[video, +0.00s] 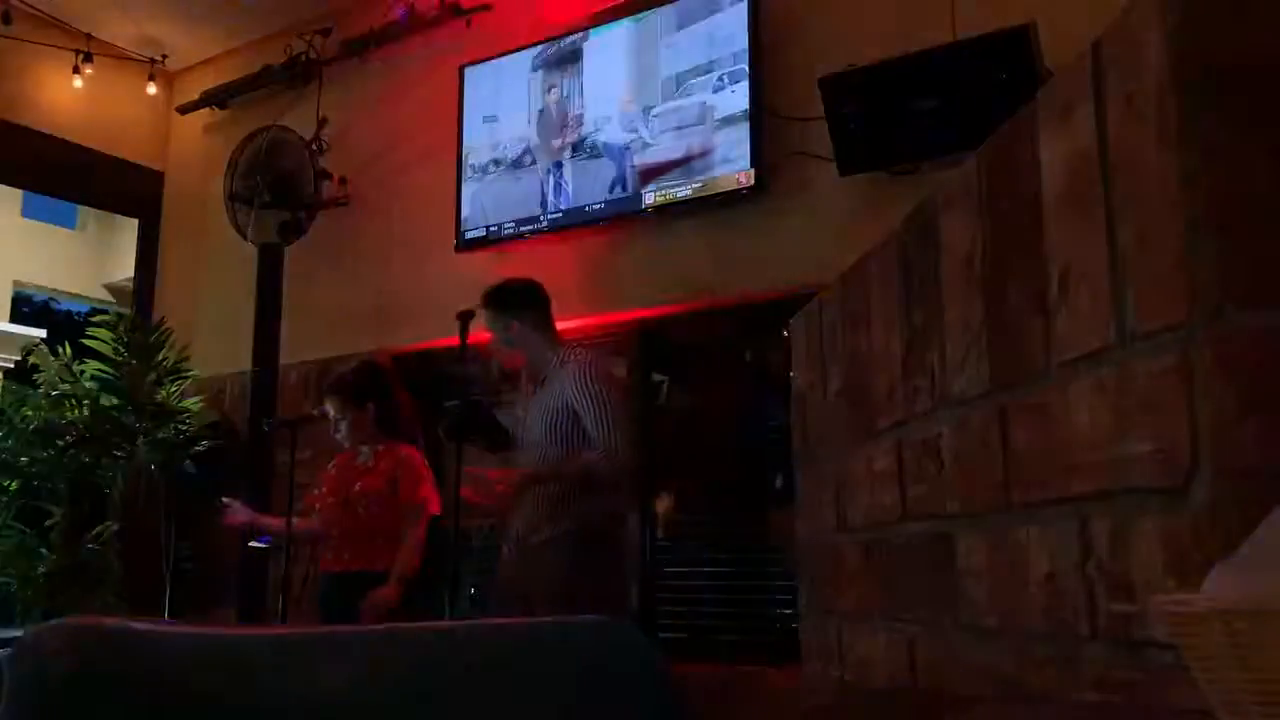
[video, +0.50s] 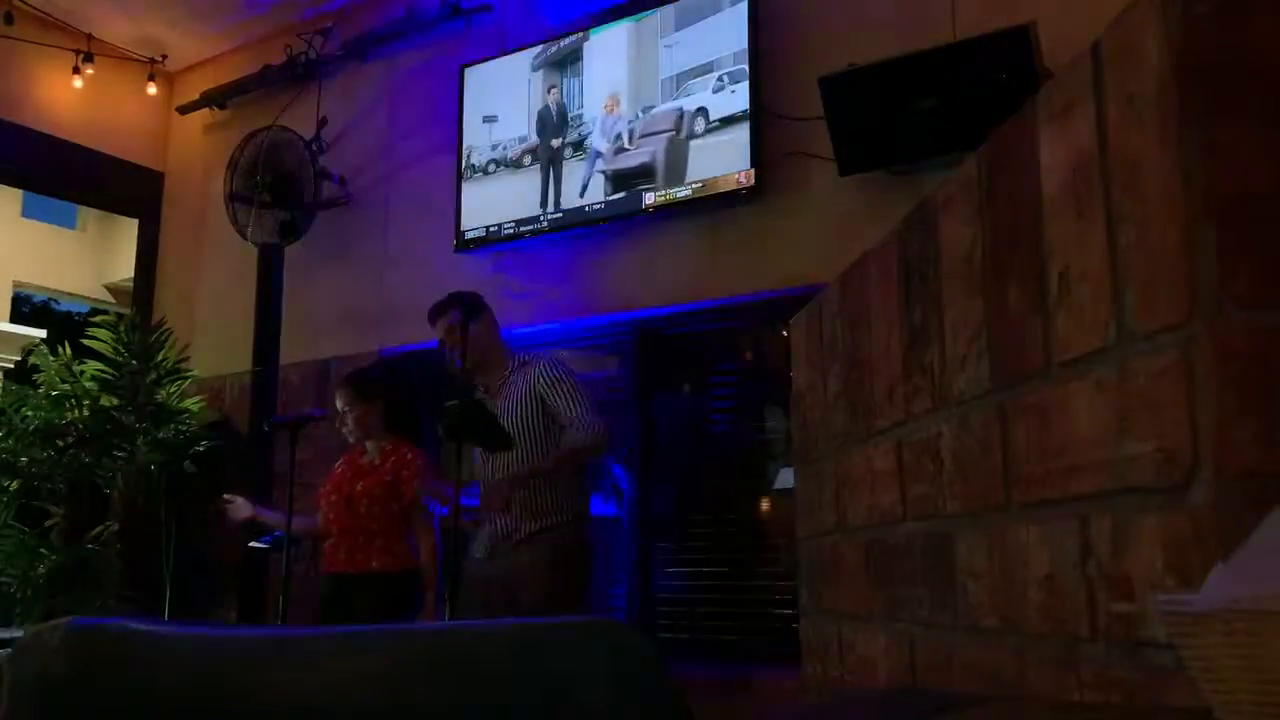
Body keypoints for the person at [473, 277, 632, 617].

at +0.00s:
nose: (494, 343)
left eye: (494, 331)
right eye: (492, 332)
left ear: (515, 328)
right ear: (518, 327)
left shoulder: (580, 371)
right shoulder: (533, 379)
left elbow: (614, 456)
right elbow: (536, 454)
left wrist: (532, 476)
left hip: (578, 541)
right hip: (538, 541)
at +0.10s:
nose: (485, 350)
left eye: (485, 338)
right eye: (481, 339)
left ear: (504, 329)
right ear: (506, 329)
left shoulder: (568, 372)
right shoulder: (532, 382)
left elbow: (594, 458)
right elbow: (536, 457)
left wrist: (512, 472)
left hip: (563, 544)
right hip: (528, 543)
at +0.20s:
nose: (468, 341)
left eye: (469, 329)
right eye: (466, 331)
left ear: (494, 328)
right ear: (498, 328)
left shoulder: (560, 374)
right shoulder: (518, 386)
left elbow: (584, 460)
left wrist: (500, 466)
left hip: (556, 547)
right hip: (518, 549)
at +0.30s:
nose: (464, 343)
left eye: (465, 331)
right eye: (461, 333)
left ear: (491, 326)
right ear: (493, 327)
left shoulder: (552, 375)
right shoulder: (506, 390)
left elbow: (578, 458)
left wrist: (494, 464)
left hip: (550, 545)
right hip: (509, 547)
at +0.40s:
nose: (456, 348)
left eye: (458, 335)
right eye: (452, 340)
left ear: (488, 324)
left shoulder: (548, 374)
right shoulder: (489, 397)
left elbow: (580, 449)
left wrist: (492, 468)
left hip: (546, 541)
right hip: (496, 545)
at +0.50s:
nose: (450, 345)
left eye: (455, 331)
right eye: (444, 338)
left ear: (487, 325)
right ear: (445, 343)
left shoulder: (542, 372)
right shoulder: (473, 400)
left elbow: (589, 434)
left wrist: (518, 479)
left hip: (551, 541)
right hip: (494, 546)